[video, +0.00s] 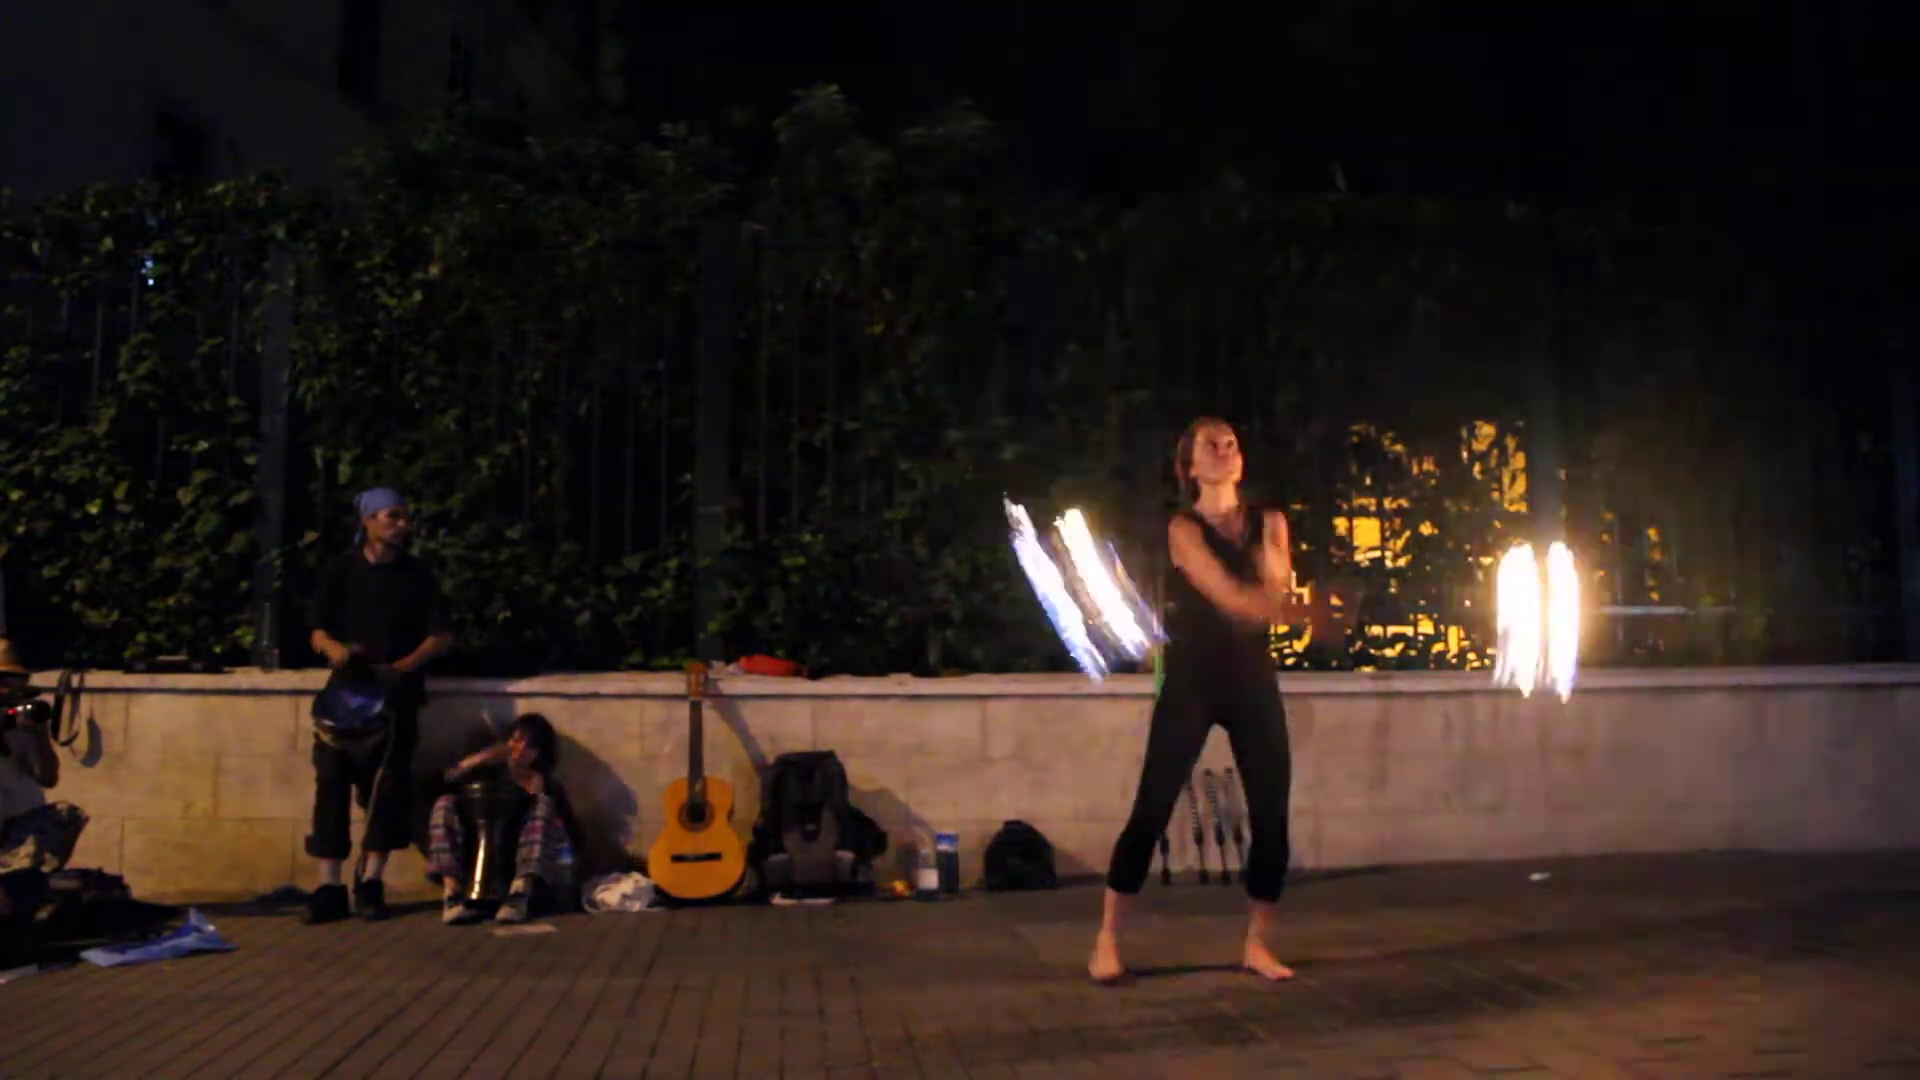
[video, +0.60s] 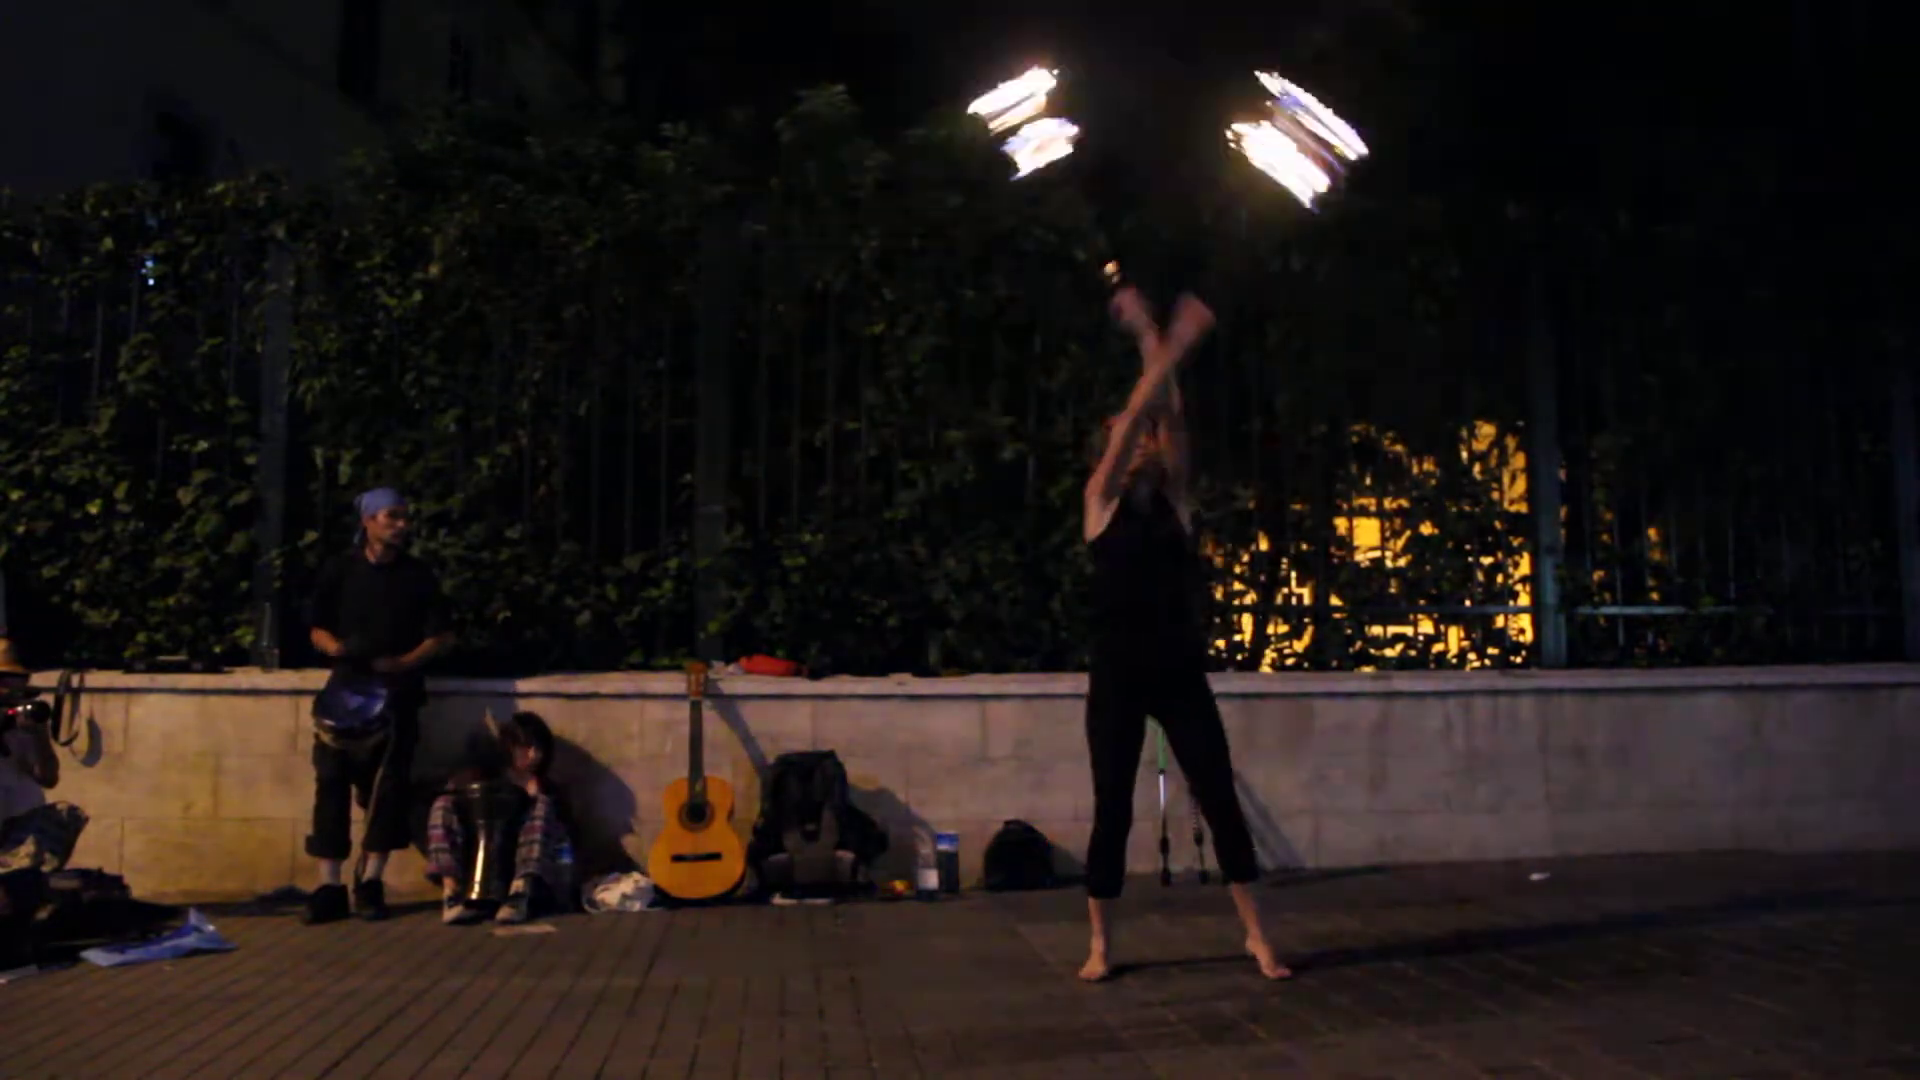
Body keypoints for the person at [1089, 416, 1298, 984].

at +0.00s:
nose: (1226, 450)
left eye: (1232, 443)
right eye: (1212, 443)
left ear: (1242, 459)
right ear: (1188, 462)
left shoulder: (1268, 524)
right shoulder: (1183, 529)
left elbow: (1278, 594)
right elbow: (1231, 602)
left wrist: (1264, 554)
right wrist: (1296, 611)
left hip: (1254, 684)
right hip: (1190, 685)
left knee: (1272, 816)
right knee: (1150, 814)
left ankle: (1256, 942)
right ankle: (1107, 937)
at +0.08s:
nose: (1217, 441)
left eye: (1223, 434)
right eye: (1204, 435)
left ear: (1237, 452)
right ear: (1183, 457)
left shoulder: (1266, 520)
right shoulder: (1177, 524)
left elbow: (1295, 591)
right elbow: (1186, 617)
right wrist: (1235, 674)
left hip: (1251, 673)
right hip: (1188, 674)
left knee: (1261, 807)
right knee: (1147, 803)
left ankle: (1257, 946)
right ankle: (1099, 939)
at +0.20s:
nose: (1203, 427)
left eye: (1209, 421)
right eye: (1190, 422)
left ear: (1224, 440)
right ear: (1171, 445)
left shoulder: (1256, 506)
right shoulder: (1157, 510)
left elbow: (1329, 550)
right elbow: (1123, 582)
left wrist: (1398, 579)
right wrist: (1081, 622)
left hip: (1239, 671)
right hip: (1172, 670)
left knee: (1248, 799)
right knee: (1141, 796)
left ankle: (1261, 938)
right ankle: (1099, 934)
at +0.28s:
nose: (1191, 429)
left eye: (1199, 422)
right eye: (1180, 423)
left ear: (1214, 439)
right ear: (1161, 443)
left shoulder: (1240, 499)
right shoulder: (1144, 501)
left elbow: (1315, 495)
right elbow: (1070, 513)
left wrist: (1377, 486)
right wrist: (1001, 507)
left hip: (1226, 663)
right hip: (1162, 664)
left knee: (1244, 796)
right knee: (1137, 796)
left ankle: (1265, 936)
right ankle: (1100, 933)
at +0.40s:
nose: (1178, 426)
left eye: (1184, 420)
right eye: (1165, 421)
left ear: (1197, 436)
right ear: (1140, 443)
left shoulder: (1218, 490)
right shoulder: (1129, 493)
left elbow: (1266, 422)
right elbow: (1076, 422)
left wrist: (1304, 360)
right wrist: (1024, 346)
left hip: (1212, 664)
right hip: (1146, 666)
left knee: (1236, 797)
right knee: (1126, 802)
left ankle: (1264, 934)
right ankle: (1098, 940)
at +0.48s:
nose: (1154, 431)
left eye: (1161, 424)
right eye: (1142, 425)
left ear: (1178, 442)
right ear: (1124, 446)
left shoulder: (1195, 495)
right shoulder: (1118, 499)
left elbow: (1213, 401)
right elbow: (1099, 400)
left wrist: (1220, 324)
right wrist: (1091, 306)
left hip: (1198, 667)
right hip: (1135, 671)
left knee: (1230, 797)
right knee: (1118, 803)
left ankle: (1261, 934)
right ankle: (1095, 937)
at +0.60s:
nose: (1147, 441)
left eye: (1156, 433)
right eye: (1136, 434)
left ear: (1170, 448)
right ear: (1115, 450)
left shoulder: (1175, 500)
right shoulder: (1103, 504)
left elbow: (1172, 418)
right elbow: (1128, 424)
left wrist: (1145, 333)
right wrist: (1175, 346)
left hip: (1182, 673)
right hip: (1118, 677)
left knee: (1221, 803)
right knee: (1113, 811)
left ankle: (1255, 934)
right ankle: (1099, 943)